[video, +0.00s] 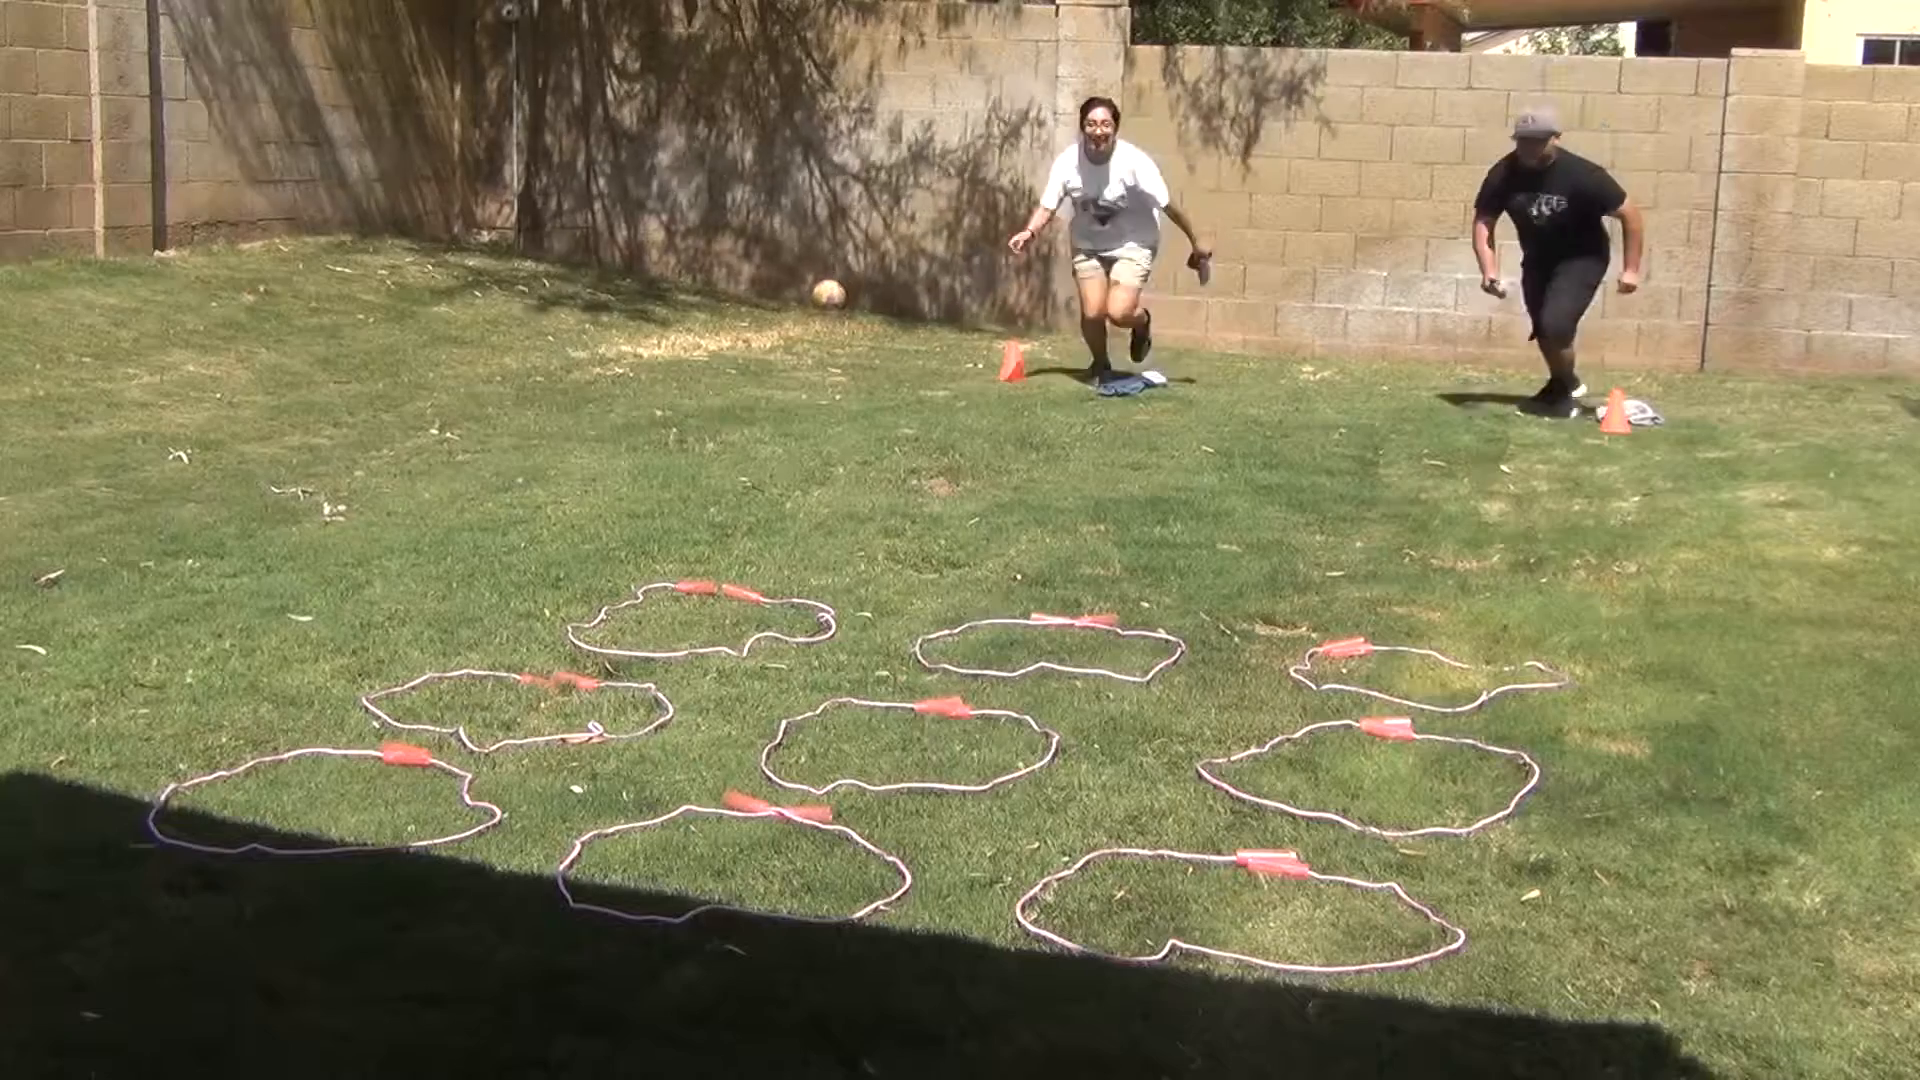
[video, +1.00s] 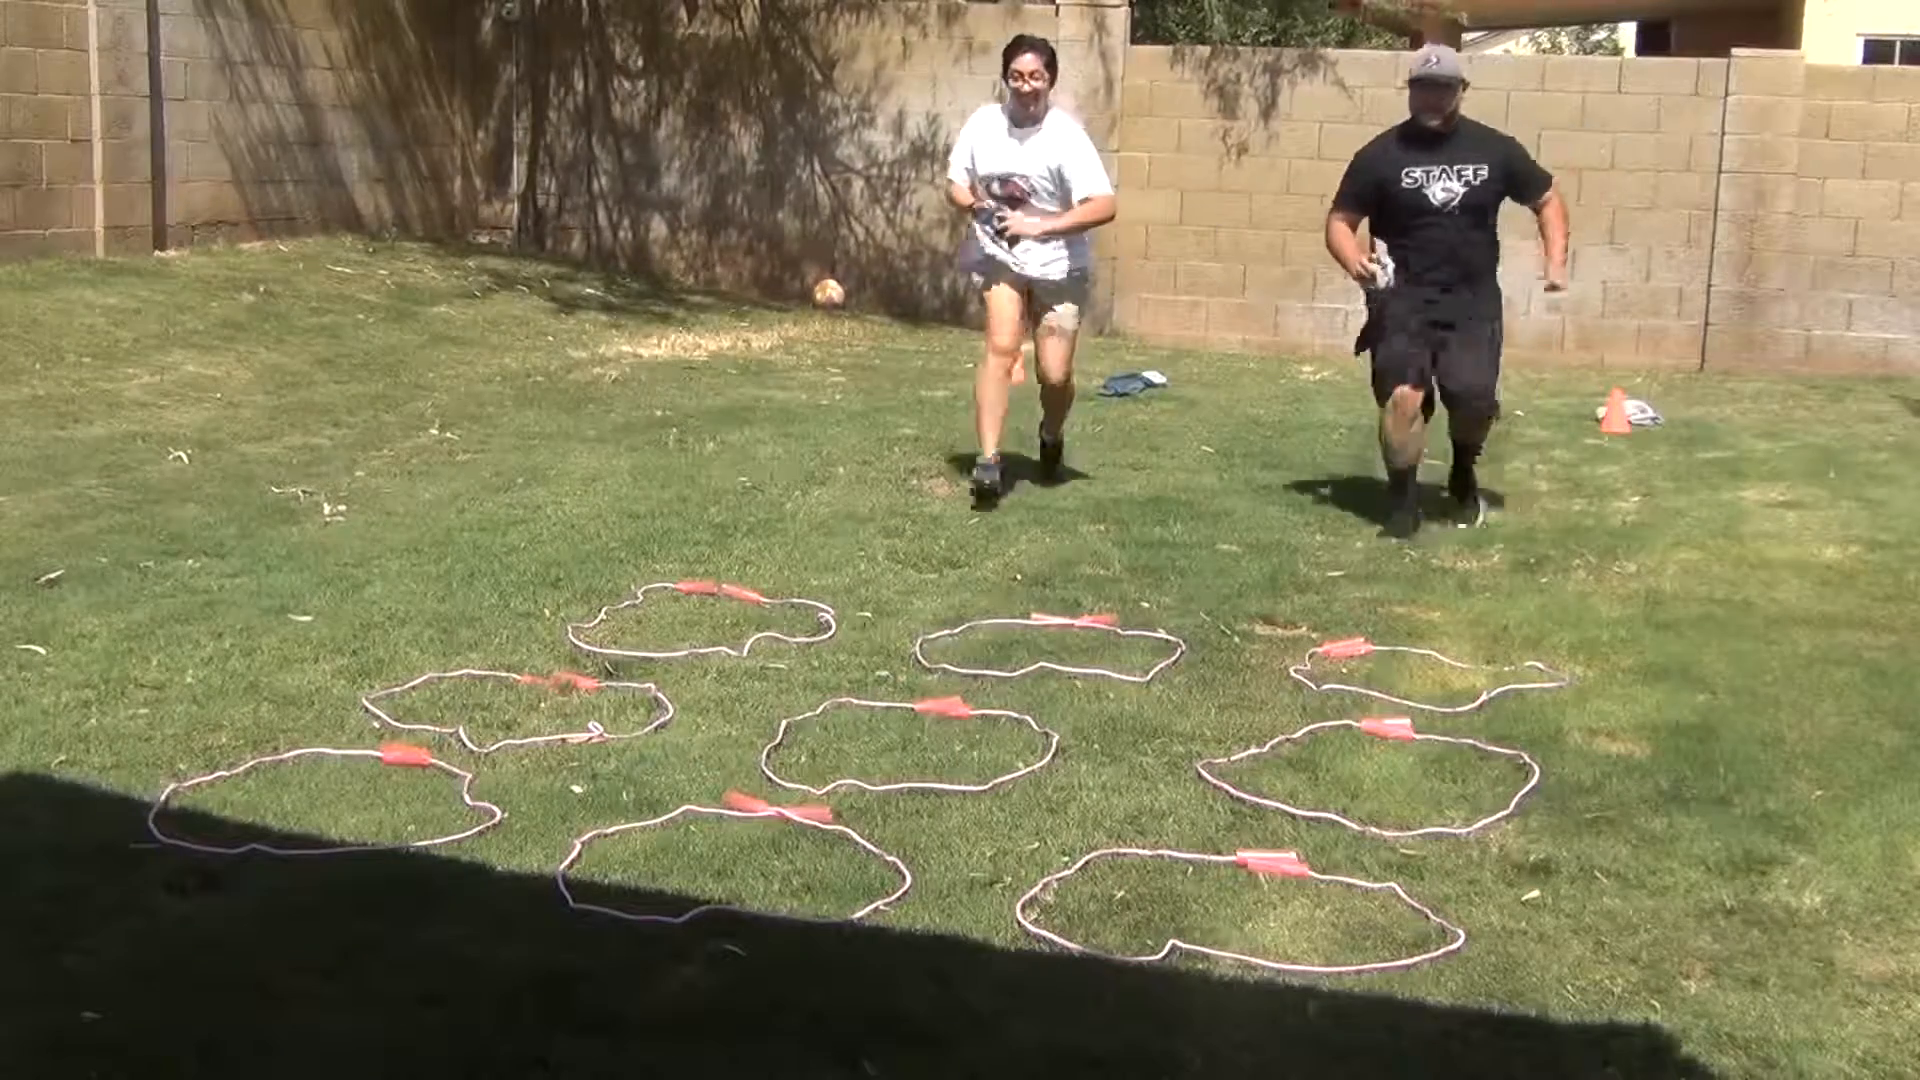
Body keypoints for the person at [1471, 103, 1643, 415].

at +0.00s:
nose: (1529, 149)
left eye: (1538, 141)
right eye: (1523, 141)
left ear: (1555, 139)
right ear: (1516, 141)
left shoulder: (1582, 175)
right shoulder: (1504, 175)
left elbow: (1630, 213)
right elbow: (1483, 220)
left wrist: (1631, 270)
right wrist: (1489, 271)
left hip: (1583, 256)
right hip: (1538, 258)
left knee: (1555, 327)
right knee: (1543, 331)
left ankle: (1564, 386)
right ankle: (1563, 383)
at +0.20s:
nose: (1523, 140)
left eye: (1532, 133)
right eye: (1517, 132)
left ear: (1549, 132)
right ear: (1509, 132)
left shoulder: (1572, 168)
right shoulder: (1495, 163)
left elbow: (1590, 229)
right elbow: (1464, 192)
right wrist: (1456, 242)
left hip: (1569, 267)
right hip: (1516, 261)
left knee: (1567, 344)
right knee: (1499, 331)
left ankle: (1563, 393)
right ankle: (1527, 378)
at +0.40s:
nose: (1494, 127)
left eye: (1504, 119)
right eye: (1489, 119)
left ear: (1524, 120)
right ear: (1481, 119)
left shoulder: (1557, 162)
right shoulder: (1469, 166)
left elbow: (1595, 217)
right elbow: (1447, 216)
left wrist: (1554, 268)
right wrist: (1450, 271)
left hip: (1555, 278)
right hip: (1498, 275)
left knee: (1538, 358)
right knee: (1488, 358)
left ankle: (1557, 368)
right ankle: (1511, 421)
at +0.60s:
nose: (1495, 97)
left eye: (1505, 88)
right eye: (1488, 87)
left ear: (1521, 89)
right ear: (1476, 89)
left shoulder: (1555, 134)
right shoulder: (1453, 143)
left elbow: (1598, 173)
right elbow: (1419, 202)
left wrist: (1587, 237)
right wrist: (1440, 248)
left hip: (1535, 254)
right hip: (1478, 258)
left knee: (1522, 340)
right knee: (1487, 356)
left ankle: (1509, 443)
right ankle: (1503, 383)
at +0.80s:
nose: (1471, 84)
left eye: (1481, 75)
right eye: (1463, 75)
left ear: (1497, 77)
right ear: (1448, 77)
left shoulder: (1531, 132)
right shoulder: (1424, 137)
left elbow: (1582, 187)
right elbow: (1388, 198)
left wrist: (1568, 238)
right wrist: (1401, 254)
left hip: (1517, 272)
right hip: (1449, 272)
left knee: (1513, 380)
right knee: (1442, 360)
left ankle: (1509, 464)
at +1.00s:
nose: (1433, 98)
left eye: (1443, 88)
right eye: (1424, 87)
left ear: (1461, 92)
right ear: (1409, 90)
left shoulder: (1497, 151)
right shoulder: (1379, 156)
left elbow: (1547, 198)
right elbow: (1340, 222)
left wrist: (1556, 259)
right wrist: (1353, 259)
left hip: (1472, 298)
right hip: (1403, 297)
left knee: (1474, 400)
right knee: (1403, 395)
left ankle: (1464, 473)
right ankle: (1402, 500)